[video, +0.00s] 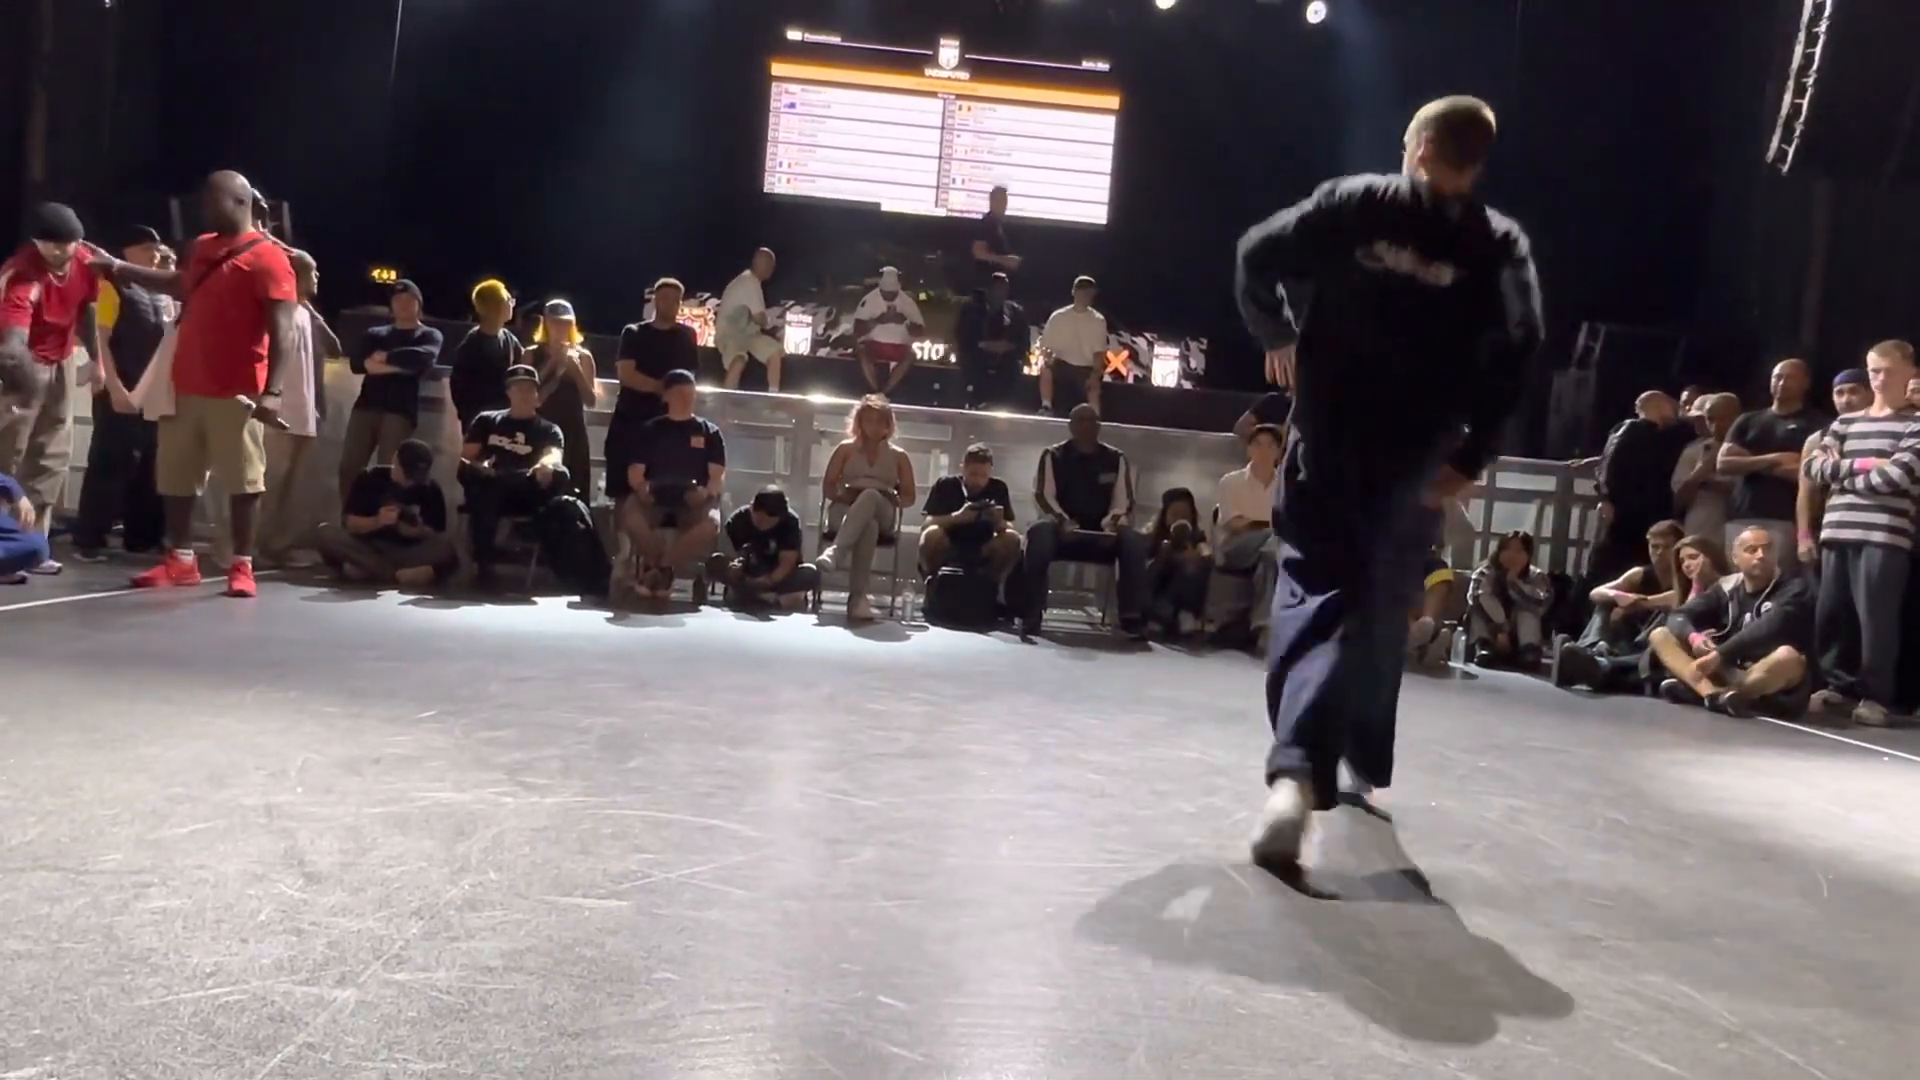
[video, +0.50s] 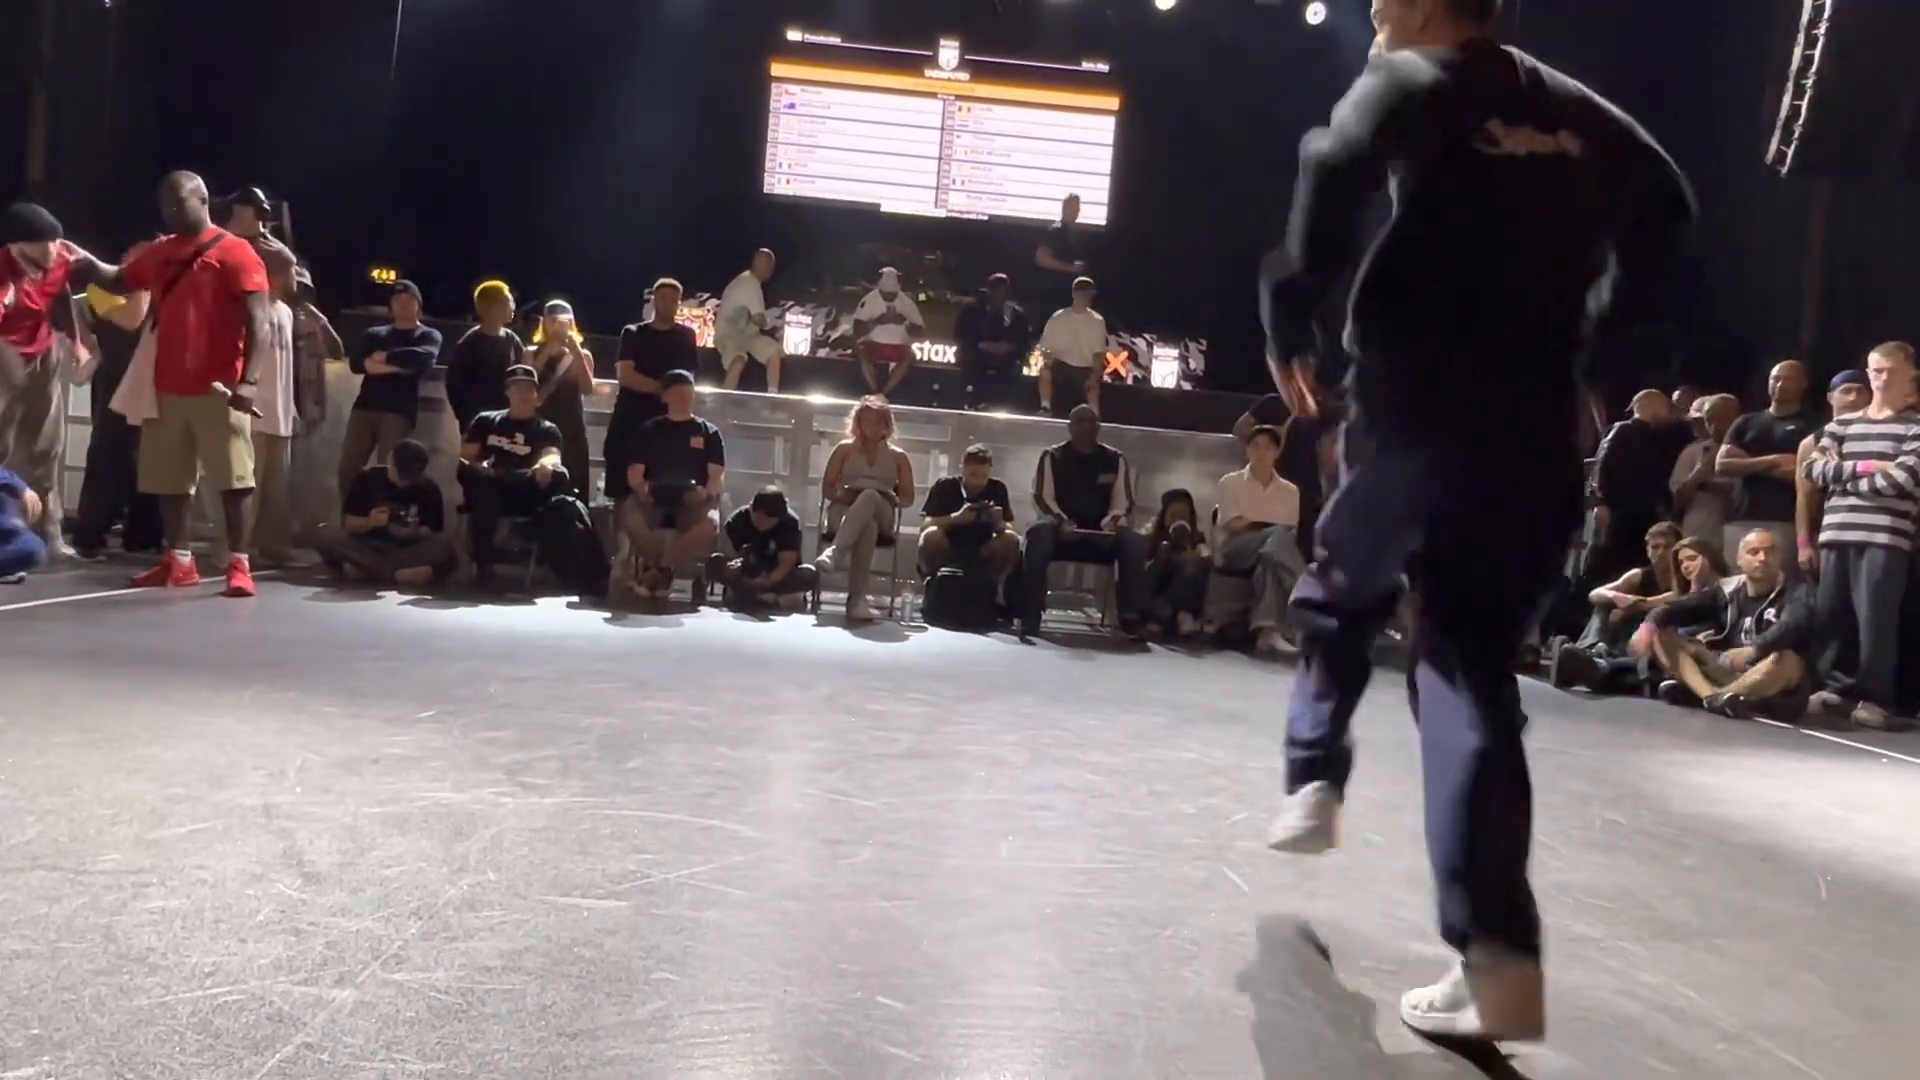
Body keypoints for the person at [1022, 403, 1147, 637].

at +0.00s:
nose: (1086, 427)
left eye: (1091, 421)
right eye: (1080, 421)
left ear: (1099, 425)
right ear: (1070, 425)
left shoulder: (1116, 458)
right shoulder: (1053, 455)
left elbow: (1122, 501)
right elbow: (1045, 496)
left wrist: (1113, 519)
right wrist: (1062, 520)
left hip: (1102, 536)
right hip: (1066, 533)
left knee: (1132, 539)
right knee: (1039, 532)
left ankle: (1132, 618)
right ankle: (1032, 616)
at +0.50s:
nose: (1086, 427)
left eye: (1091, 422)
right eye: (1079, 422)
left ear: (1099, 426)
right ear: (1069, 426)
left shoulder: (1115, 459)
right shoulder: (1052, 456)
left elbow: (1122, 501)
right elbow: (1044, 497)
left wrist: (1113, 519)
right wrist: (1060, 520)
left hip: (1100, 536)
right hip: (1066, 534)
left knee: (1131, 540)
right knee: (1039, 533)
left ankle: (1130, 618)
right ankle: (1030, 619)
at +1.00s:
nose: (1087, 429)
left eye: (1093, 423)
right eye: (1081, 423)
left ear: (1102, 428)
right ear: (1071, 428)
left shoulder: (1118, 462)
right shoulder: (1053, 457)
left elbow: (1123, 503)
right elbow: (1037, 500)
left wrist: (1114, 519)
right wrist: (1053, 486)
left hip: (1099, 535)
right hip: (1062, 533)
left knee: (1132, 541)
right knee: (1040, 536)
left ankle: (1132, 619)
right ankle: (1031, 619)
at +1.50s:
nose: (1086, 430)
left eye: (1092, 424)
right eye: (1080, 425)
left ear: (1101, 430)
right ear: (1072, 430)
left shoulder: (1120, 463)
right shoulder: (1061, 455)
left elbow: (1124, 504)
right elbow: (1036, 464)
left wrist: (1115, 520)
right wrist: (1058, 429)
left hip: (1099, 535)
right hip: (1062, 532)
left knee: (1131, 543)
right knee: (1043, 537)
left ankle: (1131, 622)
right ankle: (1031, 621)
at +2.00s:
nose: (1082, 433)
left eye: (1087, 426)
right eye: (1077, 427)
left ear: (1097, 430)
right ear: (1068, 430)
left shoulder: (1114, 465)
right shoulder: (1054, 457)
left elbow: (1117, 506)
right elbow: (1030, 486)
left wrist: (1106, 523)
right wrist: (1045, 453)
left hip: (1092, 537)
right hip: (1056, 535)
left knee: (1124, 542)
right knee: (1036, 537)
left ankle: (1124, 621)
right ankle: (1025, 621)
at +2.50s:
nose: (1072, 436)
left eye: (1077, 430)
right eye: (1066, 430)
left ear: (1086, 432)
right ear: (1057, 432)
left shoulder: (1102, 465)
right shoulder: (1038, 460)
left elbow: (1109, 508)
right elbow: (1024, 500)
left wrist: (1100, 522)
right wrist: (1040, 518)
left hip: (1085, 536)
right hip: (1049, 534)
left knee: (1112, 544)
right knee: (1023, 539)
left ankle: (1104, 626)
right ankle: (1019, 622)